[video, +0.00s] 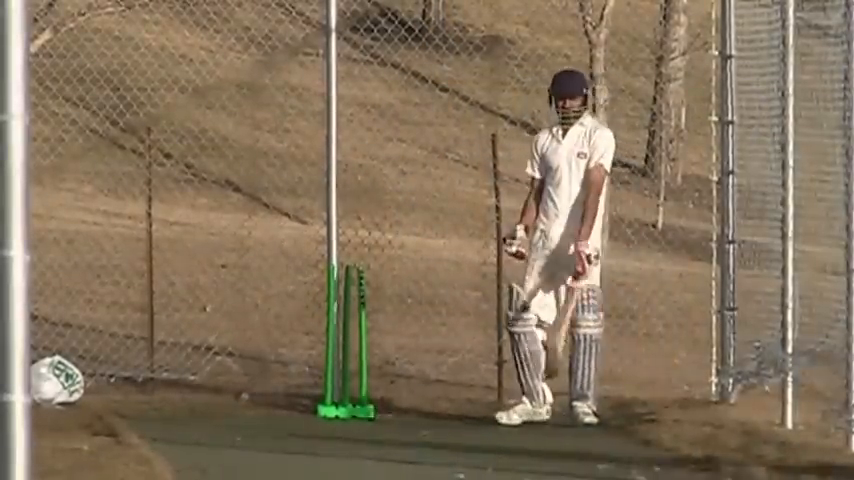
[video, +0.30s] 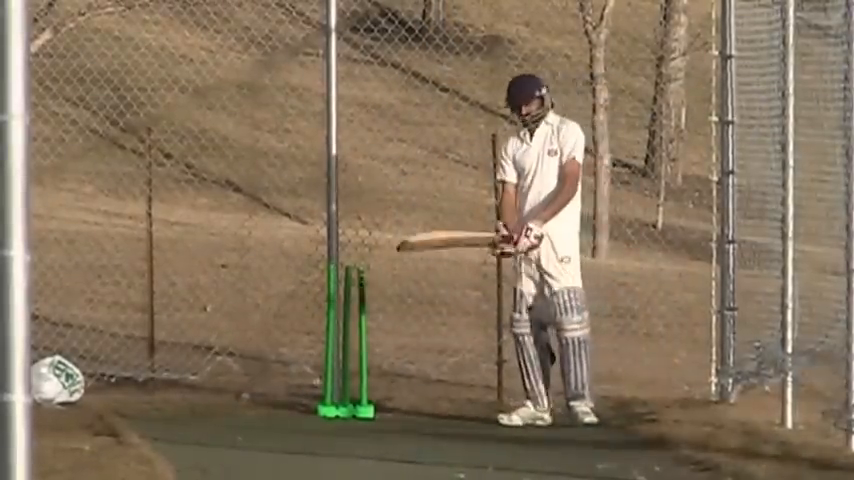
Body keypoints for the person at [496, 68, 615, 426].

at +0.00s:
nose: (567, 105)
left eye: (574, 99)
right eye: (560, 99)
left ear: (586, 100)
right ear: (552, 102)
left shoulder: (599, 137)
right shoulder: (543, 141)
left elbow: (594, 190)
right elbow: (536, 193)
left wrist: (583, 240)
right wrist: (521, 231)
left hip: (583, 247)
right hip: (544, 247)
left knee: (586, 323)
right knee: (523, 320)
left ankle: (583, 402)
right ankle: (535, 399)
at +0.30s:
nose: (526, 112)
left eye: (530, 104)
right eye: (519, 107)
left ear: (544, 98)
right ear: (513, 109)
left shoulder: (568, 131)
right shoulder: (511, 143)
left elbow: (569, 185)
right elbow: (508, 192)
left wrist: (536, 222)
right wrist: (508, 227)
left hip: (559, 246)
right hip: (523, 247)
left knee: (570, 321)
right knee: (523, 324)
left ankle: (579, 401)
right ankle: (538, 404)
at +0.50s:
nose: (488, 126)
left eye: (490, 117)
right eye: (483, 121)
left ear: (503, 108)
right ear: (484, 120)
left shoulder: (539, 130)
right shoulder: (495, 149)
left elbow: (550, 187)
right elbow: (496, 201)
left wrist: (525, 231)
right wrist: (499, 238)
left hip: (544, 238)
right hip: (515, 242)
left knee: (535, 314)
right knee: (515, 319)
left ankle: (541, 399)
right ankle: (536, 396)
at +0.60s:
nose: (473, 131)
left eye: (473, 123)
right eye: (468, 127)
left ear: (486, 113)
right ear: (475, 122)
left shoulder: (522, 132)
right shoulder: (489, 149)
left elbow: (536, 188)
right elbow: (493, 205)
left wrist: (517, 239)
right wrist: (495, 245)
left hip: (533, 243)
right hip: (511, 246)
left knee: (518, 319)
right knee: (511, 320)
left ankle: (534, 402)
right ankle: (515, 398)